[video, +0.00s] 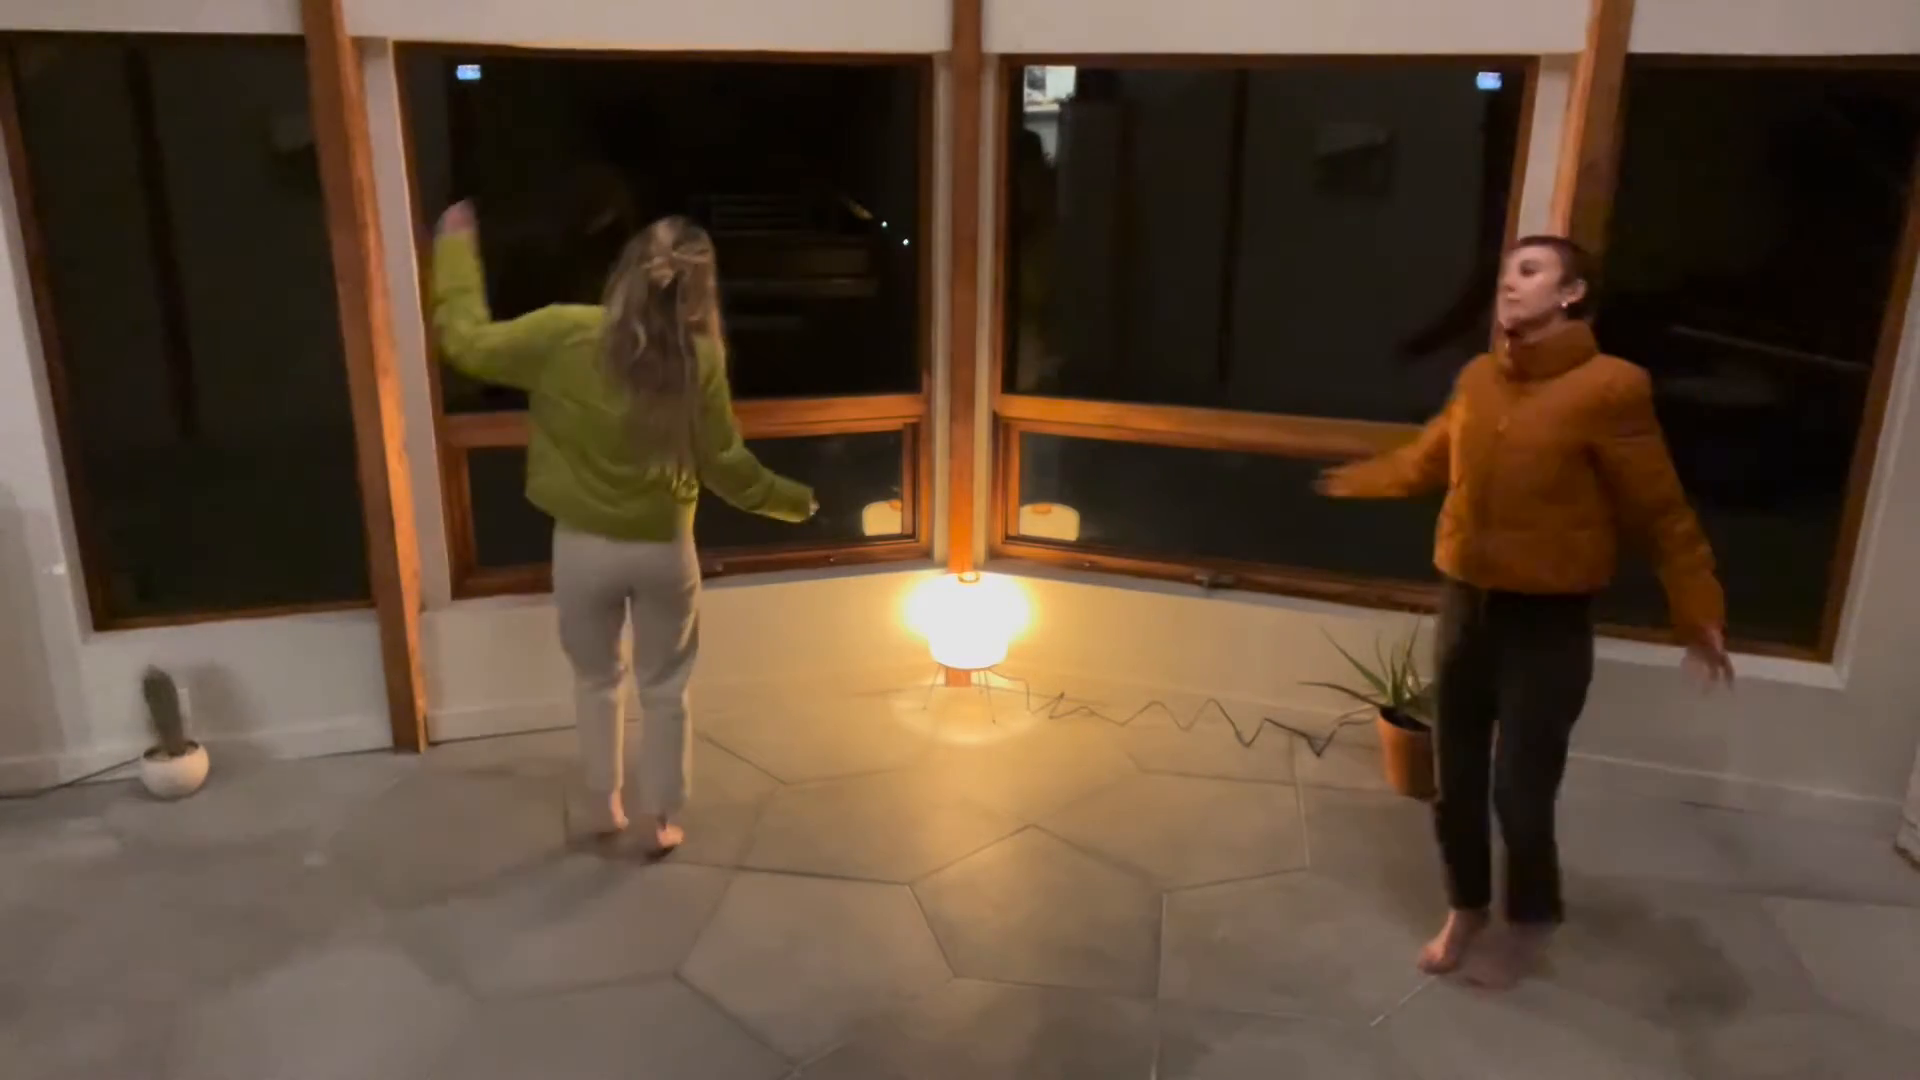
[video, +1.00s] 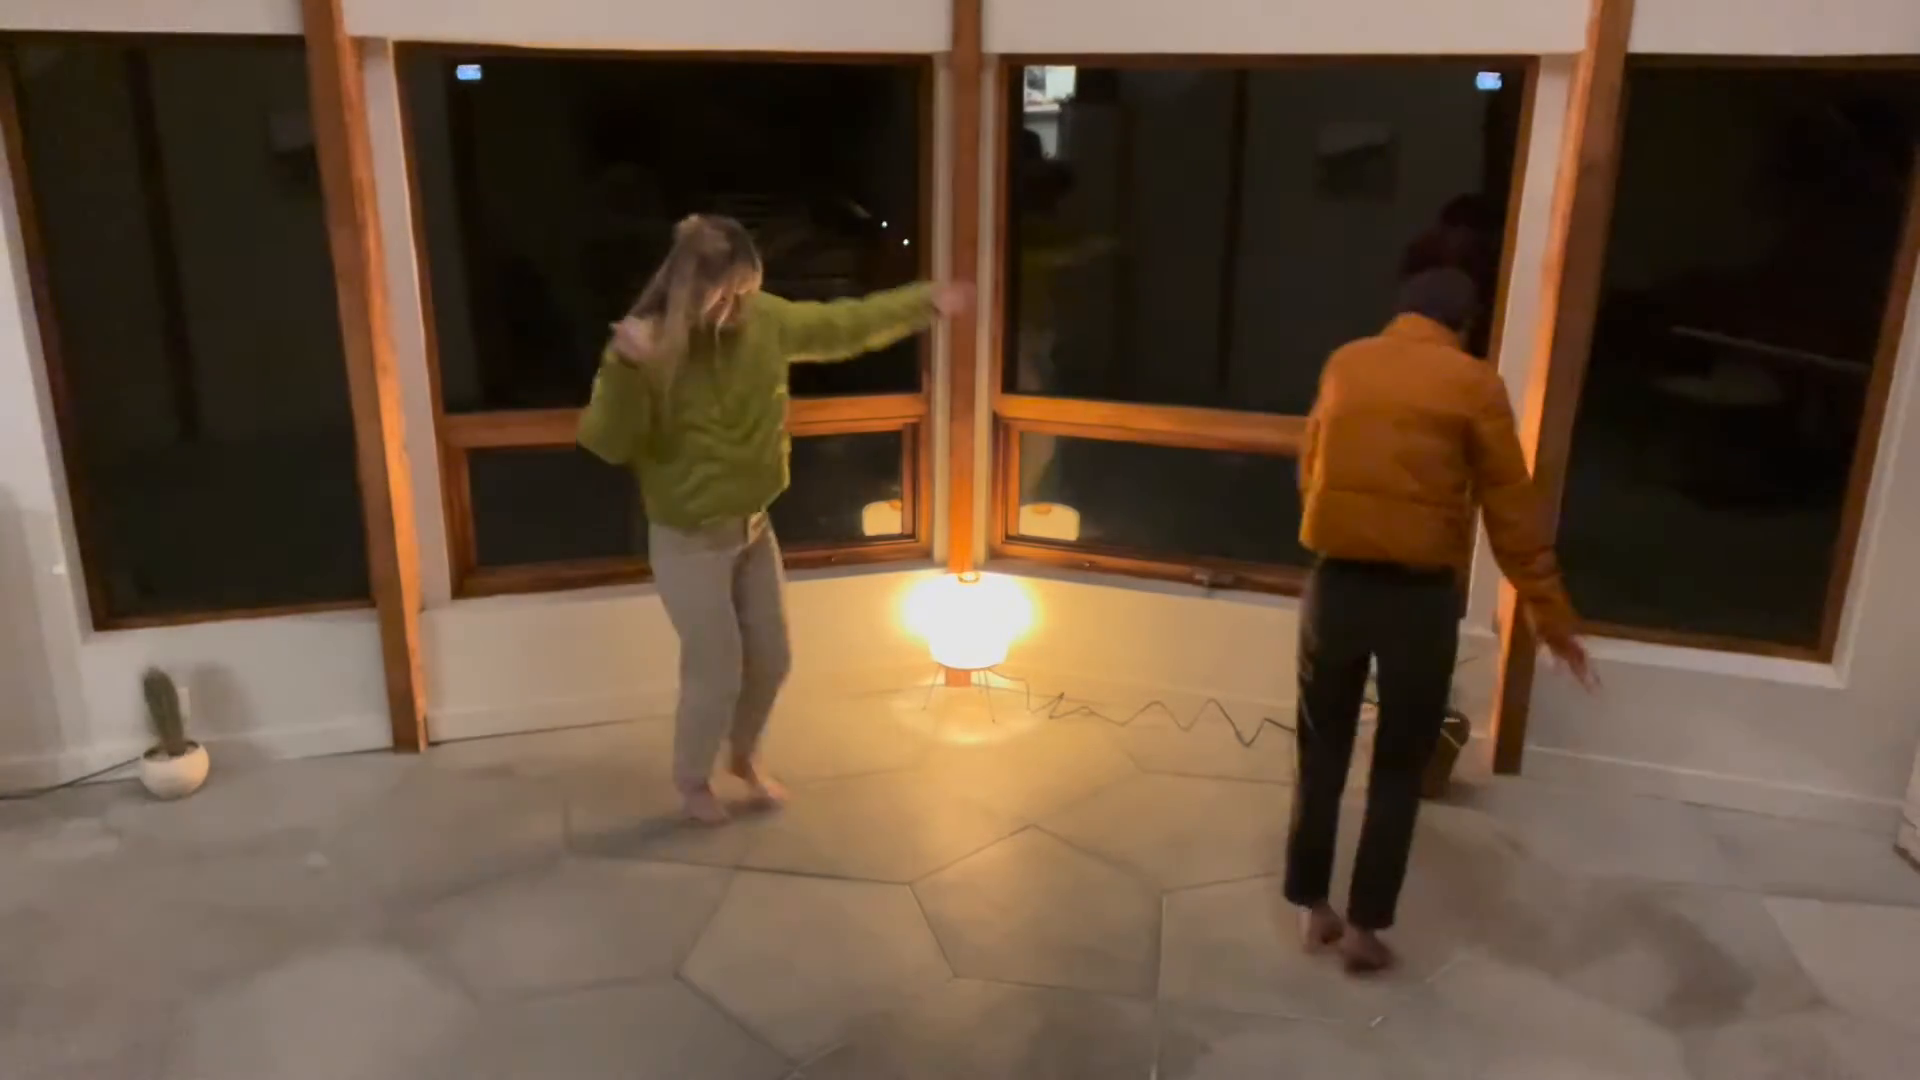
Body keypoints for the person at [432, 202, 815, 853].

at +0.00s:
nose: (715, 297)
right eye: (708, 284)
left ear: (631, 273)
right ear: (698, 291)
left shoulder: (564, 333)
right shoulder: (701, 356)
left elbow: (468, 343)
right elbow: (726, 462)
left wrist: (454, 246)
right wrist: (793, 501)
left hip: (584, 553)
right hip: (665, 555)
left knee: (596, 681)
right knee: (664, 686)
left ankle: (604, 806)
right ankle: (665, 821)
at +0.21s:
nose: (721, 311)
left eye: (721, 298)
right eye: (718, 298)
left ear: (644, 276)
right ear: (701, 300)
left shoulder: (579, 318)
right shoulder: (696, 367)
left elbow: (511, 290)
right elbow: (706, 474)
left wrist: (535, 200)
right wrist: (804, 495)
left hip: (587, 535)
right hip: (664, 542)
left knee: (604, 677)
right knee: (675, 666)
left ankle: (603, 805)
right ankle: (648, 795)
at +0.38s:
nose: (738, 313)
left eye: (740, 299)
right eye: (735, 300)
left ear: (660, 274)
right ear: (710, 301)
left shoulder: (600, 311)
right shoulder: (694, 367)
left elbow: (577, 263)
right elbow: (698, 478)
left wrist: (616, 189)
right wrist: (799, 479)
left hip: (602, 527)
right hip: (666, 542)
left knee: (632, 655)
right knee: (676, 668)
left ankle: (627, 776)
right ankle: (658, 799)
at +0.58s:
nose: (740, 316)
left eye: (743, 305)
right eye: (734, 304)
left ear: (691, 294)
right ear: (705, 301)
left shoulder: (667, 315)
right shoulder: (667, 366)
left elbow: (701, 259)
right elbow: (673, 461)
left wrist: (744, 202)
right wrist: (746, 432)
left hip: (650, 523)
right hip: (665, 534)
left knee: (672, 644)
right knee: (702, 655)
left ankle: (640, 764)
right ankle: (664, 776)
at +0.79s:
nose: (732, 308)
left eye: (734, 295)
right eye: (725, 298)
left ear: (730, 295)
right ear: (690, 298)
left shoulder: (726, 322)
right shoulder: (642, 359)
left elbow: (785, 290)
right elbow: (646, 453)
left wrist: (849, 240)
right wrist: (689, 390)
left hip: (717, 524)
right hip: (669, 539)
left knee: (722, 651)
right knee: (716, 663)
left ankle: (685, 761)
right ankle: (670, 776)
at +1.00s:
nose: (730, 306)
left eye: (739, 294)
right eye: (719, 294)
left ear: (749, 285)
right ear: (686, 284)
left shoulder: (765, 320)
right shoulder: (649, 345)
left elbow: (848, 324)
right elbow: (608, 443)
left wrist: (928, 298)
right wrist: (625, 364)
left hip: (752, 528)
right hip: (686, 539)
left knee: (770, 660)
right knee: (714, 664)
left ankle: (740, 758)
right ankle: (692, 782)